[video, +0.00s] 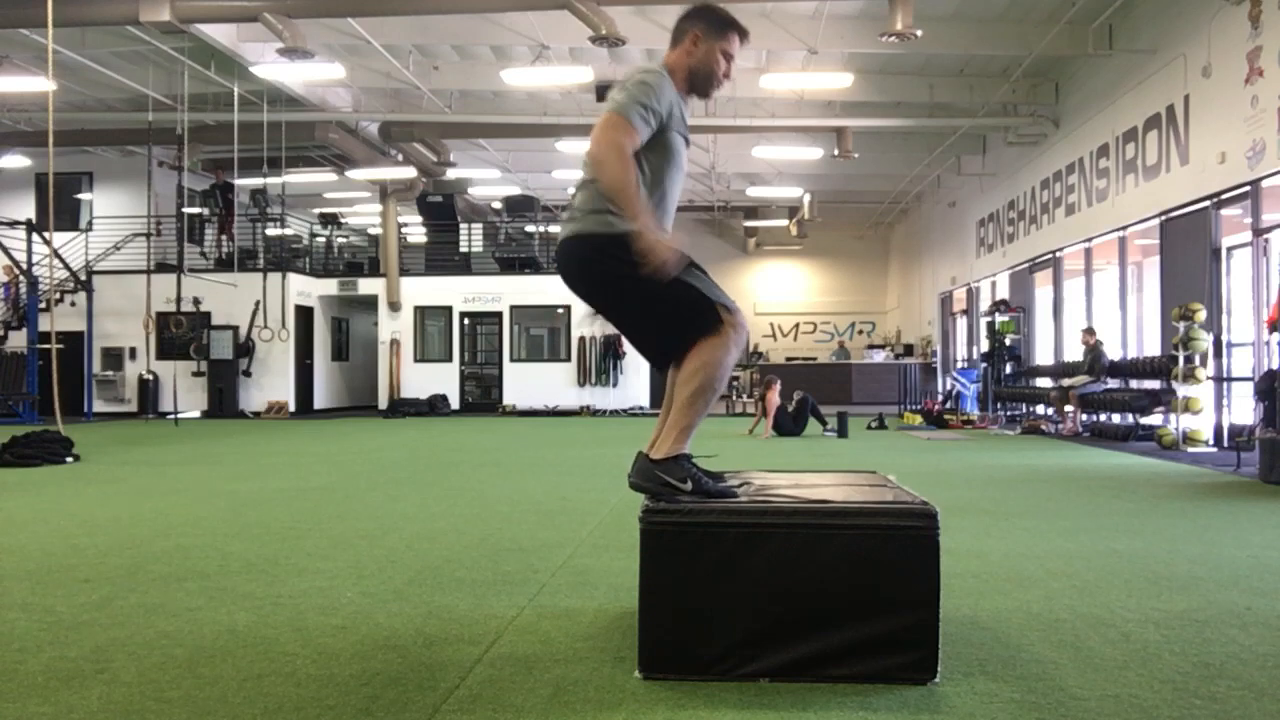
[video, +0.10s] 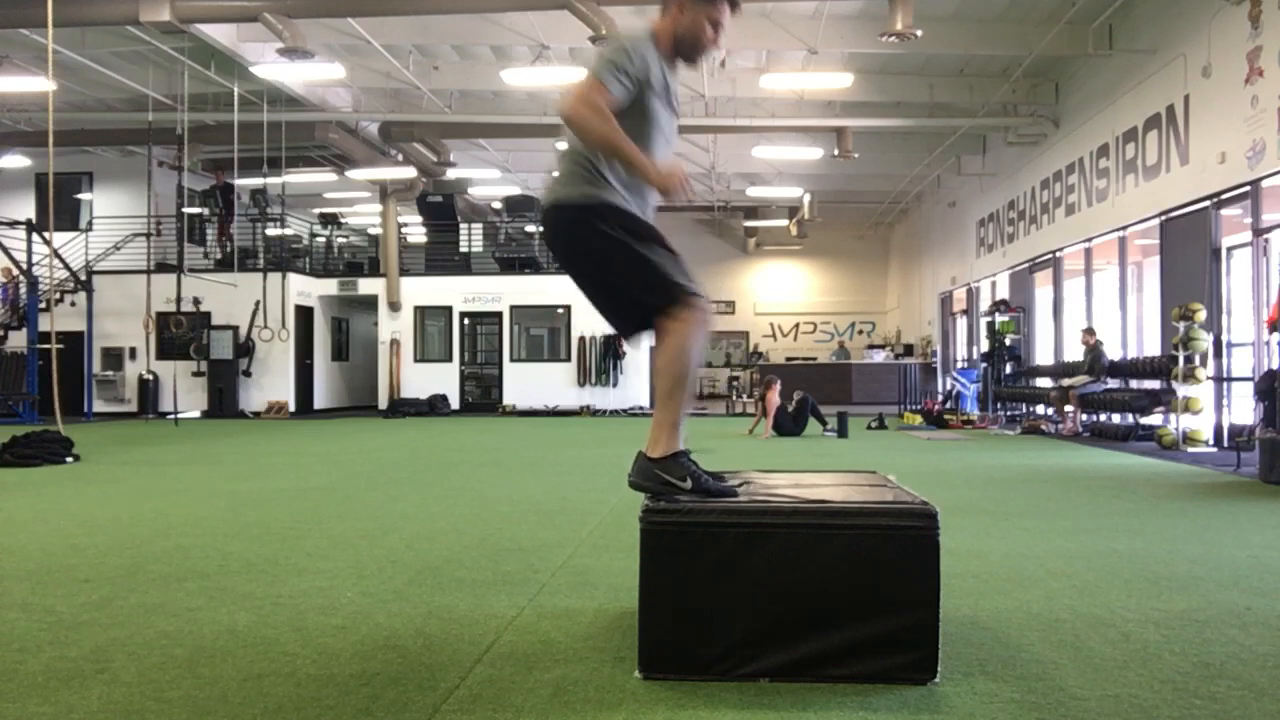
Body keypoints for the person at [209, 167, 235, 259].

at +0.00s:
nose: (218, 176)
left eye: (219, 174)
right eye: (216, 174)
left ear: (223, 174)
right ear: (215, 175)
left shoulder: (230, 186)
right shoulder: (213, 187)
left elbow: (235, 199)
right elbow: (211, 200)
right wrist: (213, 210)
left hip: (230, 211)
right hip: (220, 212)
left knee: (228, 231)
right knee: (219, 234)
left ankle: (235, 249)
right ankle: (220, 255)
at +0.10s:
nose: (218, 177)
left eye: (219, 175)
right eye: (217, 175)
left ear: (223, 175)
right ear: (215, 176)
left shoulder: (230, 187)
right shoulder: (213, 188)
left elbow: (238, 197)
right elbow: (210, 201)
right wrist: (213, 210)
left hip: (229, 212)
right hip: (220, 213)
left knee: (226, 231)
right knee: (219, 236)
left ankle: (233, 249)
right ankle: (223, 254)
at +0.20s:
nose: (219, 175)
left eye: (221, 172)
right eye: (218, 173)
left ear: (224, 173)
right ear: (215, 174)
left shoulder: (230, 183)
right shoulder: (212, 185)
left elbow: (239, 195)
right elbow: (209, 197)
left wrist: (234, 199)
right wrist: (212, 208)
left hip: (230, 208)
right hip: (220, 209)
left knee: (226, 229)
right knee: (220, 230)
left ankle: (230, 248)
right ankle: (223, 249)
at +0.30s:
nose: (220, 173)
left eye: (221, 170)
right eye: (218, 171)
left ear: (224, 171)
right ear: (216, 172)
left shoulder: (230, 181)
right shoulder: (213, 183)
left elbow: (240, 192)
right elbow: (207, 195)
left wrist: (236, 201)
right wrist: (211, 206)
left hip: (230, 207)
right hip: (219, 208)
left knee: (228, 227)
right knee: (220, 228)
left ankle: (229, 246)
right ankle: (222, 246)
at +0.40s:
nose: (221, 174)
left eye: (222, 171)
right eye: (219, 172)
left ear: (225, 172)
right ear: (216, 173)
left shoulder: (231, 183)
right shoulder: (214, 185)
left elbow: (241, 194)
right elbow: (209, 197)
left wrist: (235, 201)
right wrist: (214, 207)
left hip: (231, 209)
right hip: (220, 209)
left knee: (231, 228)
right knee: (221, 228)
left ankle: (231, 245)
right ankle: (223, 246)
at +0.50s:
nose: (221, 176)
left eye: (222, 174)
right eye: (219, 174)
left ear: (226, 175)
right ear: (217, 176)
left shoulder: (232, 186)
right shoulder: (215, 187)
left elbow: (240, 197)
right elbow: (210, 198)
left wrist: (233, 201)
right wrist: (214, 207)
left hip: (231, 212)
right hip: (220, 212)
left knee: (231, 233)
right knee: (219, 236)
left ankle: (232, 249)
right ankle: (223, 250)